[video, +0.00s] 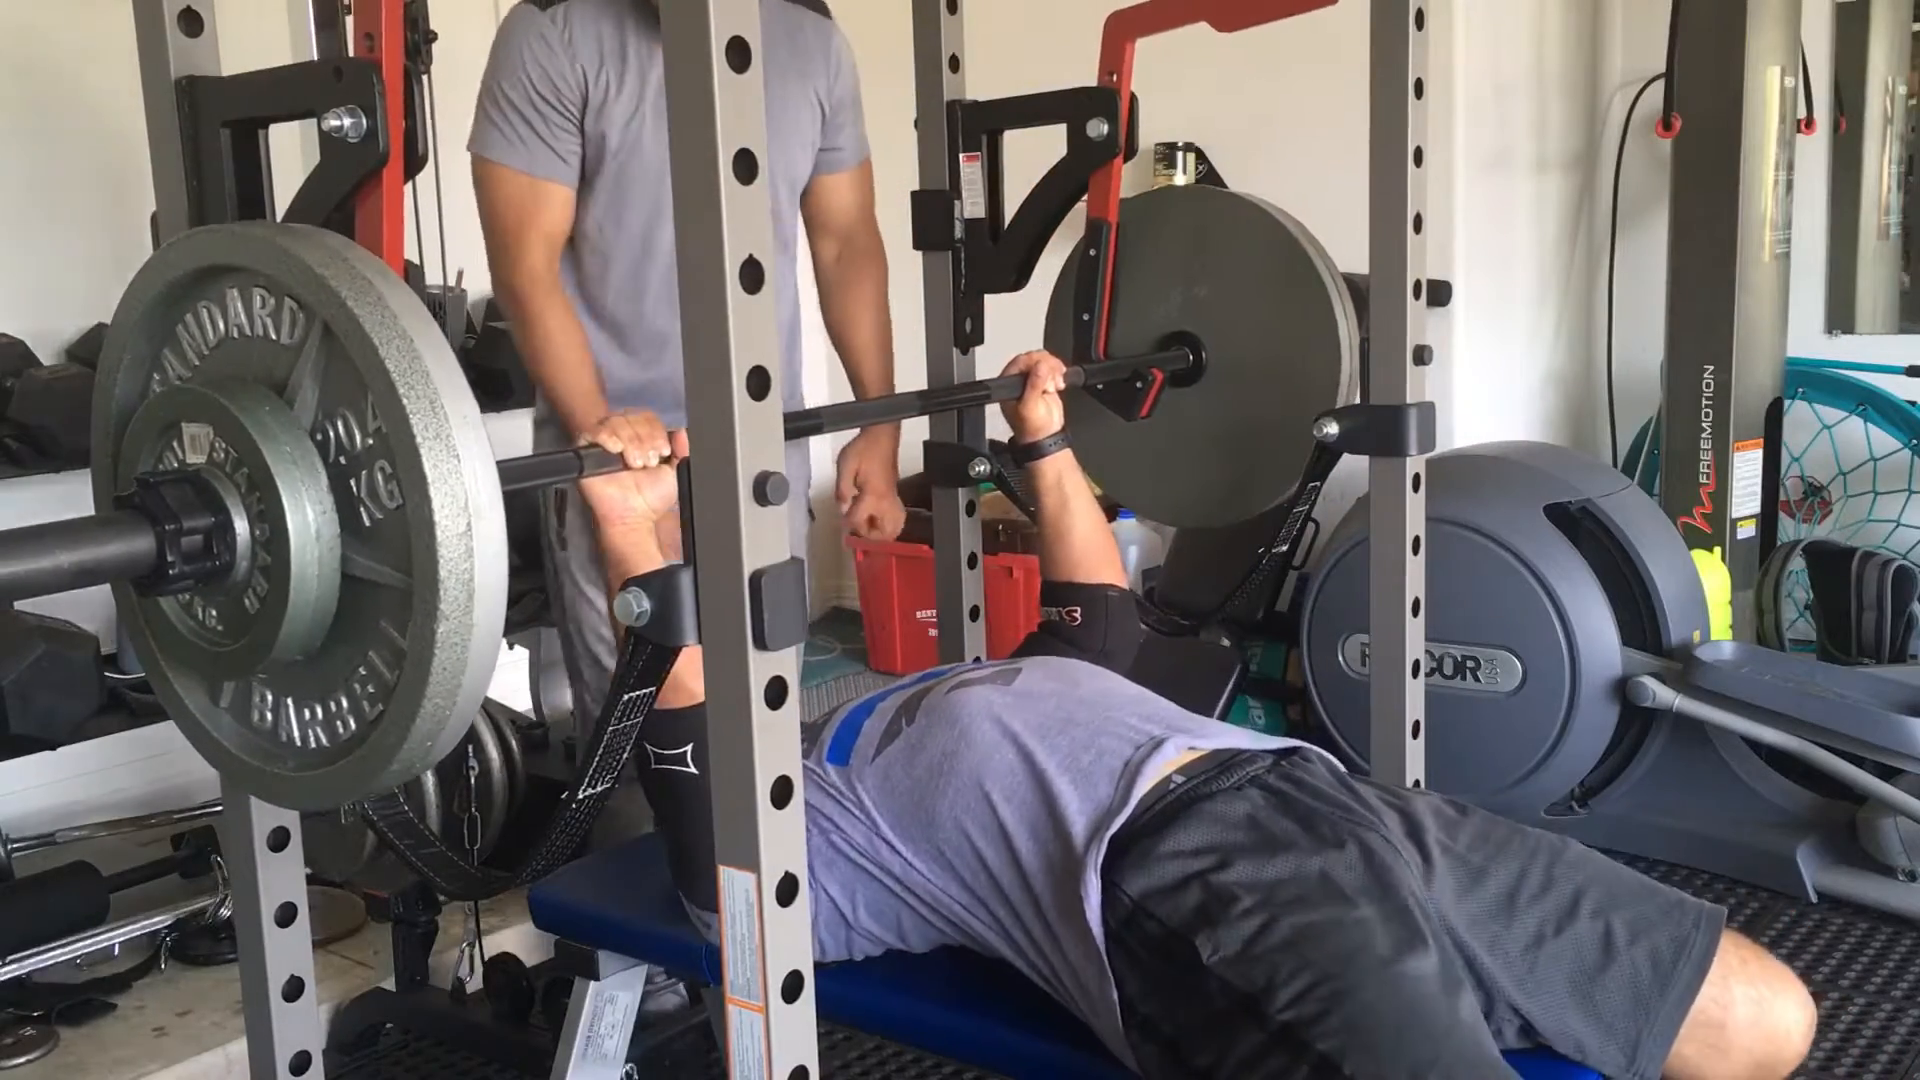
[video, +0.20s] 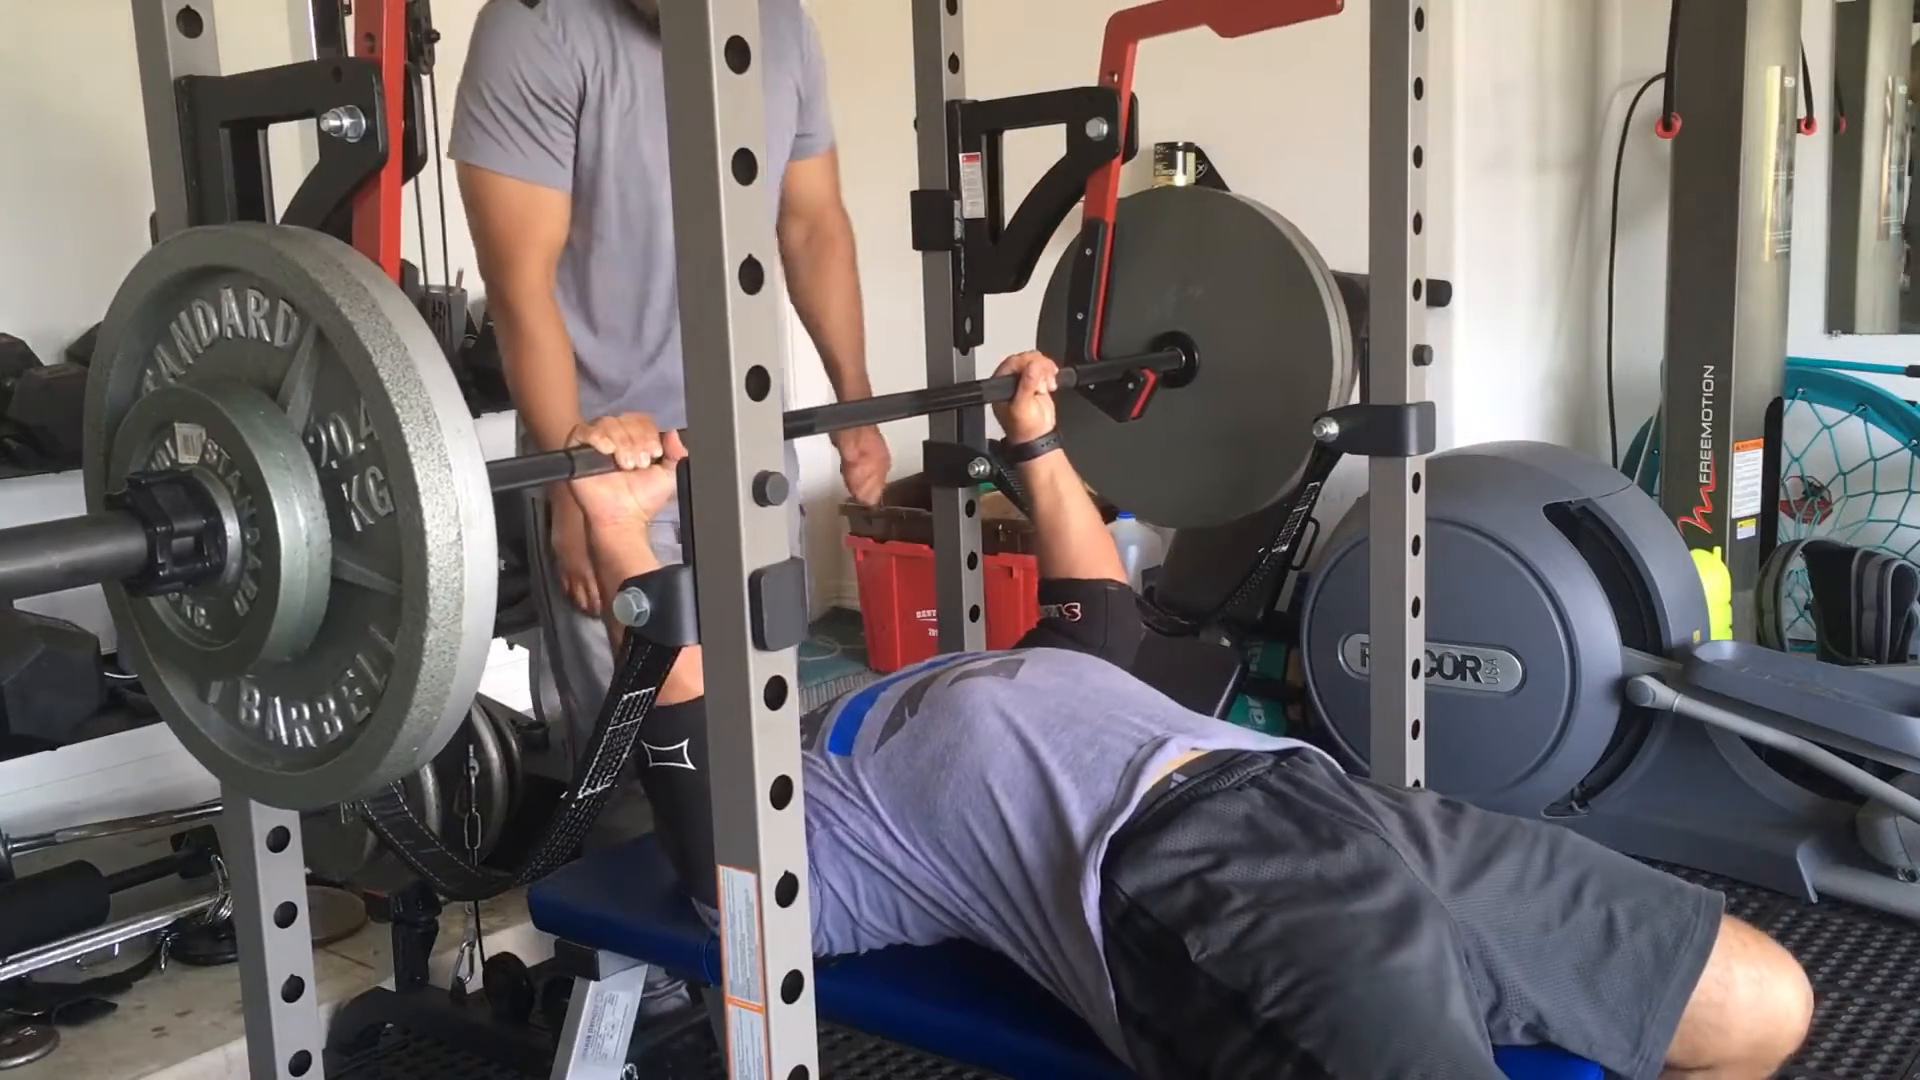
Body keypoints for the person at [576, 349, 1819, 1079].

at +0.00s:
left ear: (844, 674)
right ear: (733, 733)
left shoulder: (997, 696)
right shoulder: (785, 810)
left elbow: (1101, 627)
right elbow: (691, 748)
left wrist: (1043, 447)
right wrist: (642, 567)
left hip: (1338, 785)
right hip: (1202, 871)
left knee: (1777, 1021)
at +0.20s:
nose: (737, 654)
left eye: (746, 654)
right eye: (718, 679)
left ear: (824, 672)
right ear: (714, 749)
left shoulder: (999, 684)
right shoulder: (792, 823)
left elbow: (1112, 630)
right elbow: (674, 751)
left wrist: (1036, 456)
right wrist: (604, 561)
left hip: (1339, 788)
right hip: (1196, 857)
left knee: (1784, 1004)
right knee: (1394, 977)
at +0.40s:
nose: (749, 642)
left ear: (841, 651)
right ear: (736, 731)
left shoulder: (1003, 678)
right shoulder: (812, 812)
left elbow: (1115, 626)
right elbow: (704, 749)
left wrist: (1031, 455)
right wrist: (620, 560)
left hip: (1342, 791)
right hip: (1207, 867)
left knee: (1778, 995)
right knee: (1418, 1029)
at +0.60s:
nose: (746, 641)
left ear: (838, 659)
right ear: (721, 734)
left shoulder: (1014, 691)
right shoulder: (806, 825)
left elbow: (1105, 614)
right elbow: (702, 730)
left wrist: (1033, 445)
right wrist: (617, 555)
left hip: (1351, 794)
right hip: (1217, 873)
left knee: (1764, 987)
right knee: (1427, 1068)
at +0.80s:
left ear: (835, 661)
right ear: (701, 749)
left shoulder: (988, 709)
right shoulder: (777, 838)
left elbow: (1110, 637)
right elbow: (714, 721)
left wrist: (1042, 454)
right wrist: (636, 540)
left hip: (1333, 792)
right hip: (1208, 871)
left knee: (1753, 970)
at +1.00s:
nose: (736, 675)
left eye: (744, 673)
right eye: (713, 697)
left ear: (821, 689)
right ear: (715, 757)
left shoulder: (1012, 702)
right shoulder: (796, 833)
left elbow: (1104, 615)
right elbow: (703, 736)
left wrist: (1044, 447)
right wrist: (632, 541)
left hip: (1329, 789)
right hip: (1204, 873)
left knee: (1748, 966)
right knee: (1419, 1059)